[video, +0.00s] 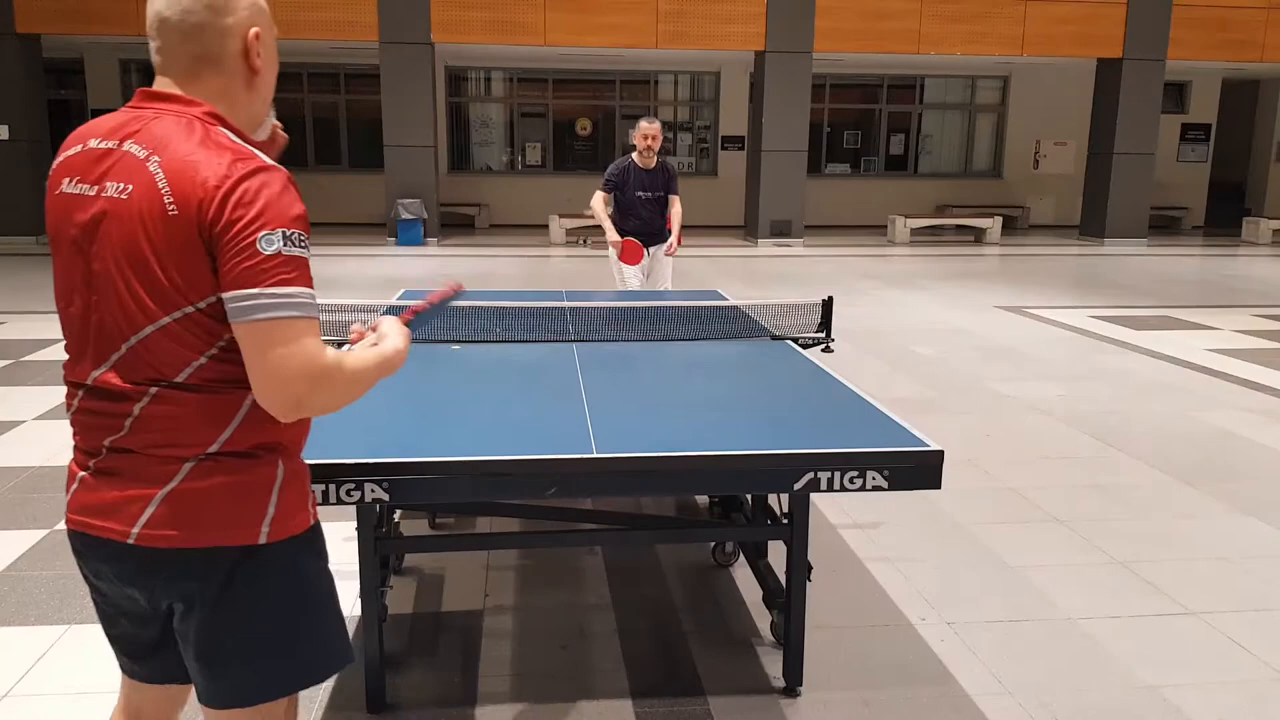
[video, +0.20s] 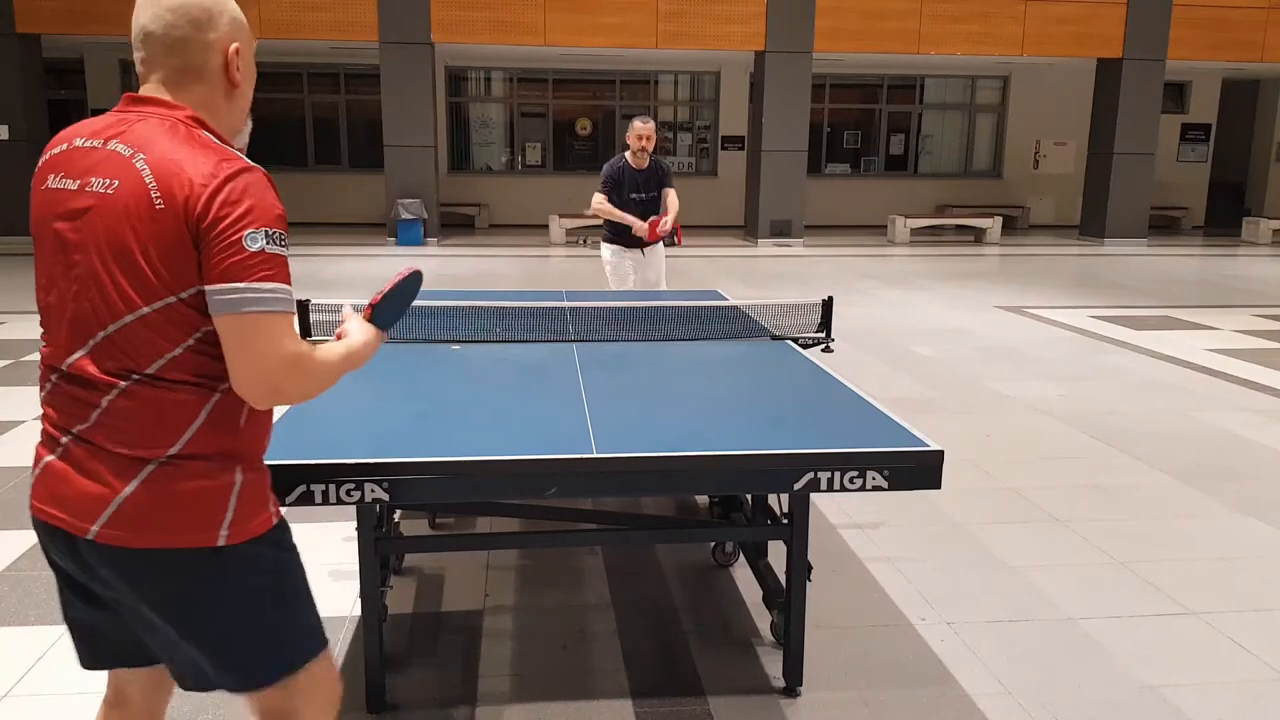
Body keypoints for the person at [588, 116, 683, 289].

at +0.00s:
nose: (649, 143)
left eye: (654, 138)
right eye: (644, 138)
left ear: (661, 139)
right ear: (634, 138)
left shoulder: (668, 170)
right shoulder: (619, 168)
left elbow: (675, 206)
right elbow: (597, 201)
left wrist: (675, 235)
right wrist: (610, 231)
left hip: (660, 247)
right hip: (627, 248)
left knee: (663, 302)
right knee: (632, 303)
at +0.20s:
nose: (644, 144)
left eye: (649, 138)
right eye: (639, 138)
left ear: (655, 140)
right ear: (628, 138)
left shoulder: (662, 168)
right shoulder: (613, 168)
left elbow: (671, 196)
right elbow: (597, 205)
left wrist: (670, 217)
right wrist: (634, 223)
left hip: (652, 247)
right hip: (618, 249)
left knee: (657, 303)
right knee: (626, 305)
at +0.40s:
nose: (640, 143)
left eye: (645, 137)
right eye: (635, 136)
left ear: (651, 138)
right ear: (624, 136)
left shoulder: (655, 165)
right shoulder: (609, 165)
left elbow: (672, 190)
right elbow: (592, 192)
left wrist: (676, 206)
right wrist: (617, 203)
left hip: (649, 245)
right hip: (616, 247)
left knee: (651, 301)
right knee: (620, 304)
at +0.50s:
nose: (640, 142)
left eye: (644, 136)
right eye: (634, 136)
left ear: (651, 137)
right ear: (623, 136)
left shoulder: (655, 165)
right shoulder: (612, 164)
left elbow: (670, 190)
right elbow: (599, 179)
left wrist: (684, 207)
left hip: (647, 245)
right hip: (614, 246)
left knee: (650, 300)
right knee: (621, 302)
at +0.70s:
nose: (643, 144)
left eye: (648, 139)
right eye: (638, 138)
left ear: (654, 141)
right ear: (627, 139)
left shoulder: (657, 172)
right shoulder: (611, 168)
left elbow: (675, 205)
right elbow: (582, 184)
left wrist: (692, 229)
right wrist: (557, 196)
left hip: (648, 248)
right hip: (617, 248)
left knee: (652, 304)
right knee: (623, 305)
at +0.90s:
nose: (643, 144)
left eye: (648, 139)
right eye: (639, 139)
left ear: (654, 142)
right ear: (628, 140)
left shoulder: (659, 172)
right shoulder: (612, 169)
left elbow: (672, 209)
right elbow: (585, 197)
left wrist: (685, 246)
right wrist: (573, 220)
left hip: (647, 248)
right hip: (614, 248)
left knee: (652, 304)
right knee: (618, 303)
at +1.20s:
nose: (632, 142)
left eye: (636, 137)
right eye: (627, 137)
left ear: (641, 140)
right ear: (616, 139)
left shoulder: (641, 168)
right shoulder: (602, 168)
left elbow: (647, 204)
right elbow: (584, 208)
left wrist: (657, 239)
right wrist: (595, 242)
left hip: (634, 248)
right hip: (603, 250)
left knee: (639, 302)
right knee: (602, 307)